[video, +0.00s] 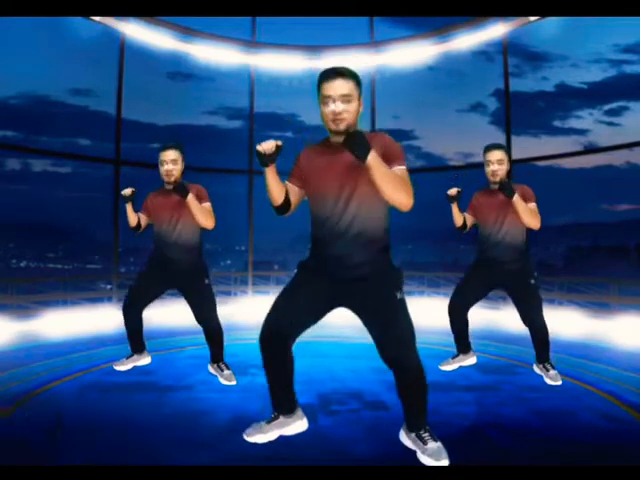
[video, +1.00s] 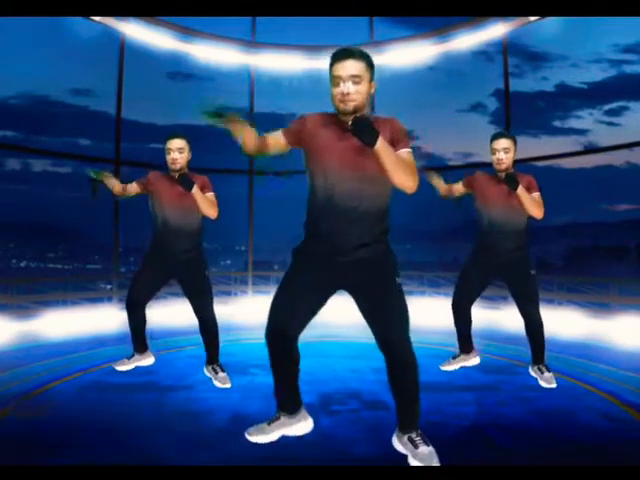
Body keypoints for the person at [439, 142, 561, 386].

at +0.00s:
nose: (494, 168)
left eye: (499, 162)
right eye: (489, 163)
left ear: (508, 165)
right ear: (484, 167)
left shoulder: (522, 192)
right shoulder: (479, 197)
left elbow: (534, 223)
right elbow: (462, 226)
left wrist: (513, 196)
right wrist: (454, 202)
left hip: (517, 269)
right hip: (486, 268)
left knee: (535, 320)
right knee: (456, 307)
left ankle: (543, 363)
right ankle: (464, 353)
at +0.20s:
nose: (494, 135)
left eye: (500, 131)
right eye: (490, 132)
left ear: (509, 138)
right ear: (484, 139)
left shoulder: (521, 166)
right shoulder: (477, 172)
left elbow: (537, 195)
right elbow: (457, 199)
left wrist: (512, 167)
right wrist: (451, 173)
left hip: (514, 244)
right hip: (484, 244)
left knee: (530, 299)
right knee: (466, 295)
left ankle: (543, 354)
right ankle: (458, 343)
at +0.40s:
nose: (492, 152)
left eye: (497, 147)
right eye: (488, 148)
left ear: (506, 151)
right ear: (482, 152)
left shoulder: (520, 180)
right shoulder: (476, 185)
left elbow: (532, 208)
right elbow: (455, 212)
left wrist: (509, 179)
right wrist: (449, 185)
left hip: (514, 256)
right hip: (483, 255)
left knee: (530, 310)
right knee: (463, 305)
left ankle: (539, 363)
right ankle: (463, 353)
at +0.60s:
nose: (495, 158)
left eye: (500, 153)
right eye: (490, 153)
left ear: (510, 156)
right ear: (486, 158)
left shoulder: (523, 185)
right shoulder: (481, 191)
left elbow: (531, 218)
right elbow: (466, 219)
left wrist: (511, 192)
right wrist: (456, 205)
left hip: (516, 263)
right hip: (484, 261)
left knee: (530, 316)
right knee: (463, 305)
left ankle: (538, 365)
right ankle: (463, 353)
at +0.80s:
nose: (498, 157)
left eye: (503, 152)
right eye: (493, 152)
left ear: (512, 154)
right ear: (489, 156)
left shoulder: (527, 181)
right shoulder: (484, 186)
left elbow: (536, 213)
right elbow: (475, 212)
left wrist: (513, 191)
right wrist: (476, 190)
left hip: (518, 260)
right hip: (487, 258)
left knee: (531, 315)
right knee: (464, 302)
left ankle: (538, 366)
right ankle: (462, 350)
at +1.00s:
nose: (500, 156)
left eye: (505, 151)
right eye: (496, 152)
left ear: (514, 154)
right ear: (490, 155)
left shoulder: (526, 182)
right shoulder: (477, 180)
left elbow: (538, 212)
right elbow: (448, 191)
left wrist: (517, 187)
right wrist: (434, 179)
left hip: (516, 259)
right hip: (485, 256)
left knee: (531, 314)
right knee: (460, 302)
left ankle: (539, 365)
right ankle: (467, 353)